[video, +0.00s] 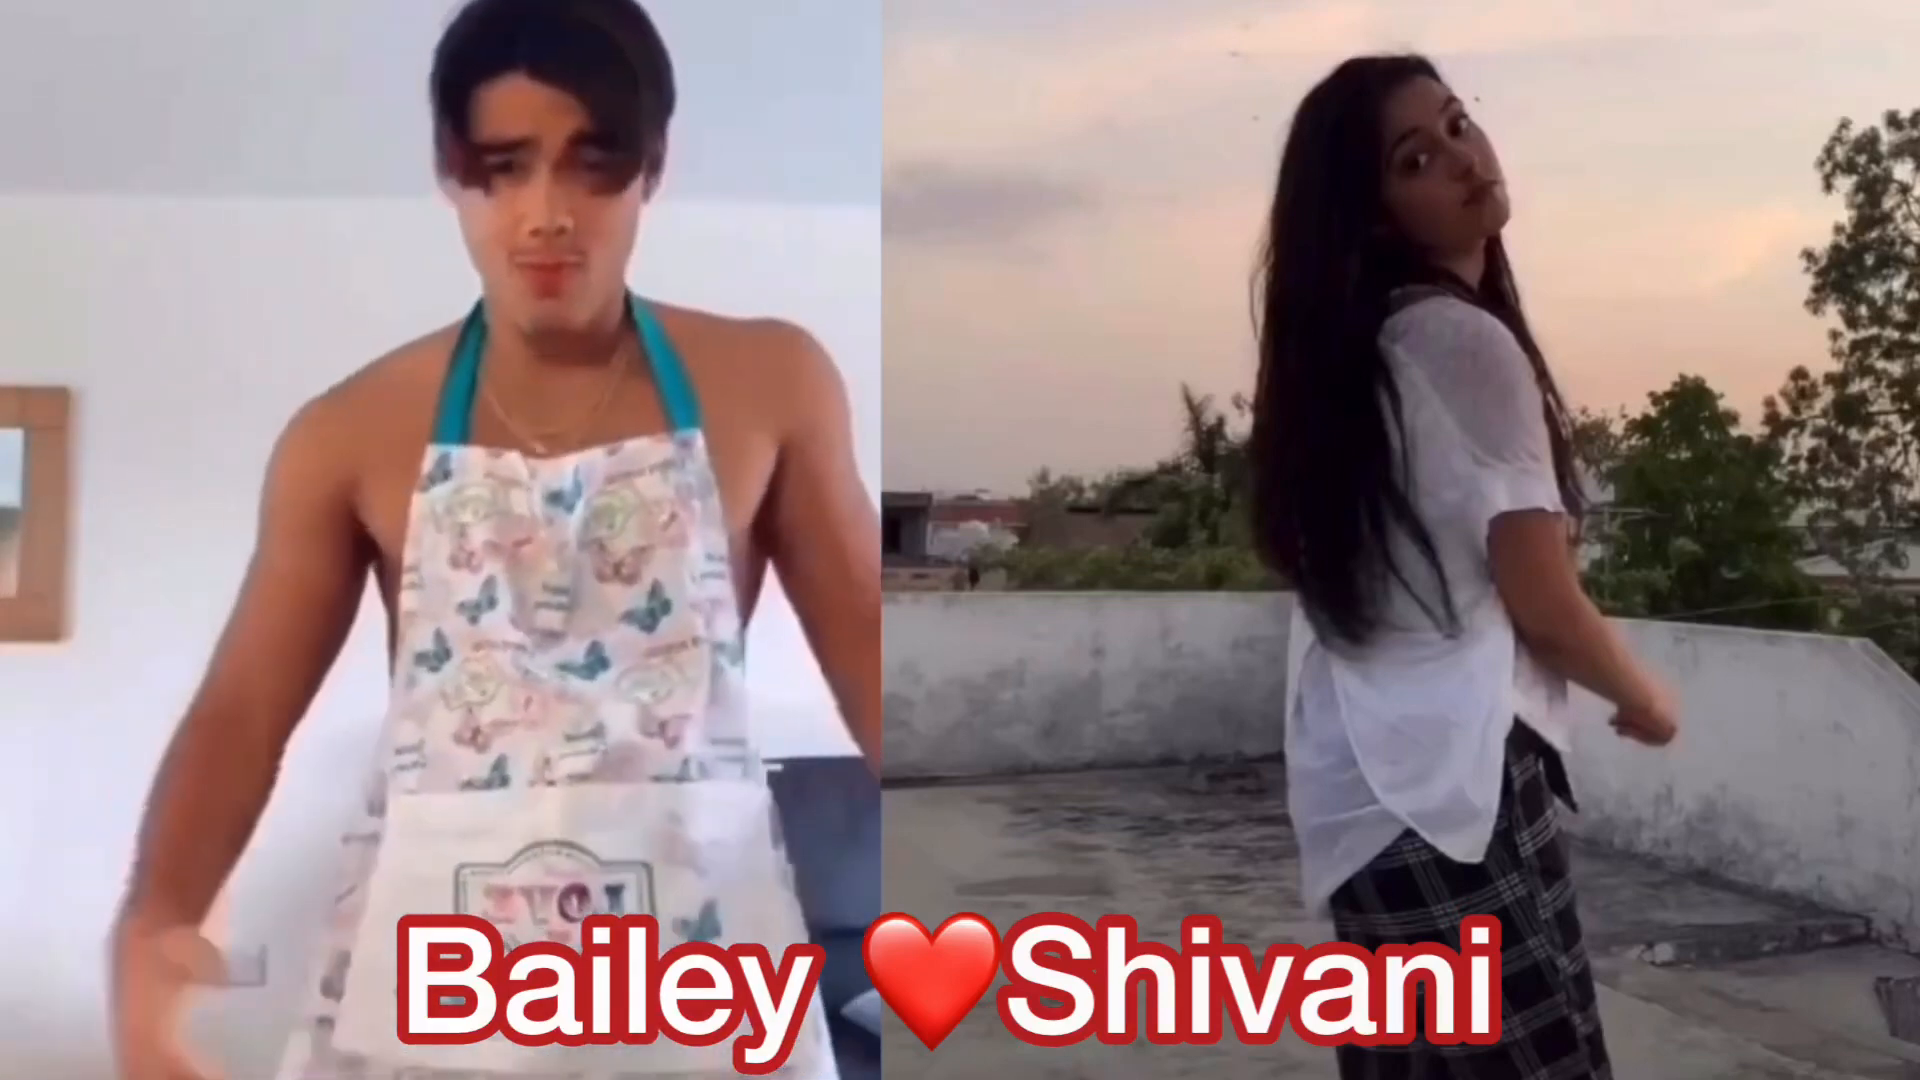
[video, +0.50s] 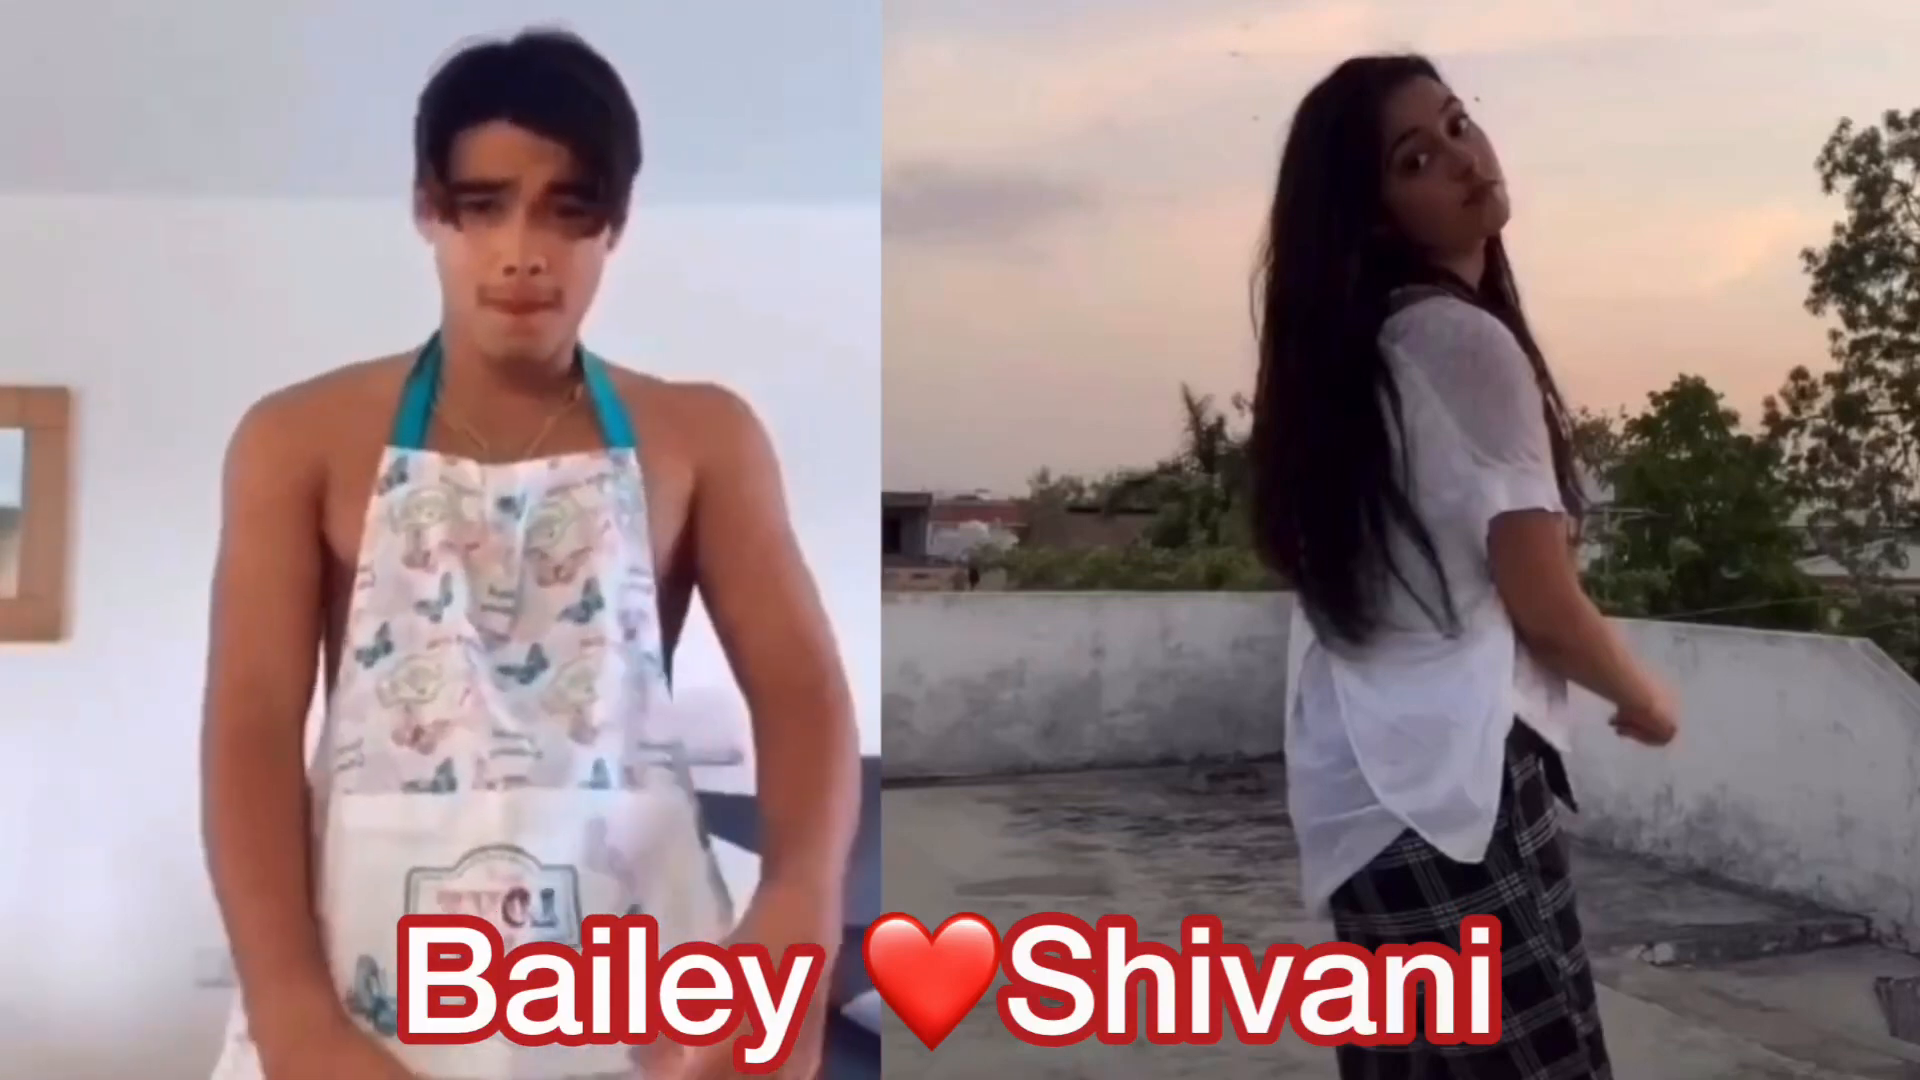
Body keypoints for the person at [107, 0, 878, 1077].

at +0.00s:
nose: (546, 214)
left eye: (594, 164)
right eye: (502, 168)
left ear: (652, 173)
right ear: (451, 178)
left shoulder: (771, 387)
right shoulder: (354, 436)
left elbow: (888, 693)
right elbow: (242, 713)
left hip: (701, 933)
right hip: (439, 945)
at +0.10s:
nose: (577, 209)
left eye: (623, 159)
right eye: (531, 163)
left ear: (679, 170)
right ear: (481, 172)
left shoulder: (790, 386)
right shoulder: (377, 420)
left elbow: (851, 689)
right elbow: (285, 715)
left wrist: (867, 937)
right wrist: (268, 968)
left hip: (715, 918)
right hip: (451, 923)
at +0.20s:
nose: (586, 230)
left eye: (632, 182)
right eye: (540, 185)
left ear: (686, 196)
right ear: (489, 197)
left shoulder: (782, 422)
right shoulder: (376, 434)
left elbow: (839, 714)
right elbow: (313, 742)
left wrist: (843, 988)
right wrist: (344, 1017)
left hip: (719, 982)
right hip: (460, 984)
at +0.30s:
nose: (572, 253)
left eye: (618, 206)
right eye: (529, 208)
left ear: (668, 224)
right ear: (477, 220)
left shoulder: (757, 452)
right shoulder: (359, 455)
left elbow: (824, 736)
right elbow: (307, 769)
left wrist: (835, 1020)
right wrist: (362, 1039)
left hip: (706, 1018)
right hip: (448, 1016)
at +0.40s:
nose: (547, 251)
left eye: (593, 207)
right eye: (504, 206)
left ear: (642, 223)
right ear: (451, 215)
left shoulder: (726, 445)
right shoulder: (327, 444)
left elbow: (810, 719)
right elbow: (281, 754)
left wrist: (801, 990)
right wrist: (341, 1028)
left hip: (670, 1005)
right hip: (409, 1001)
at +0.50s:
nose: (523, 252)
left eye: (569, 211)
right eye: (482, 206)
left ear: (616, 227)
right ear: (427, 214)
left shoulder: (702, 439)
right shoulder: (302, 441)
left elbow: (805, 701)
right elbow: (253, 741)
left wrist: (796, 914)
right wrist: (297, 1022)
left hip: (638, 997)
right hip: (376, 994)